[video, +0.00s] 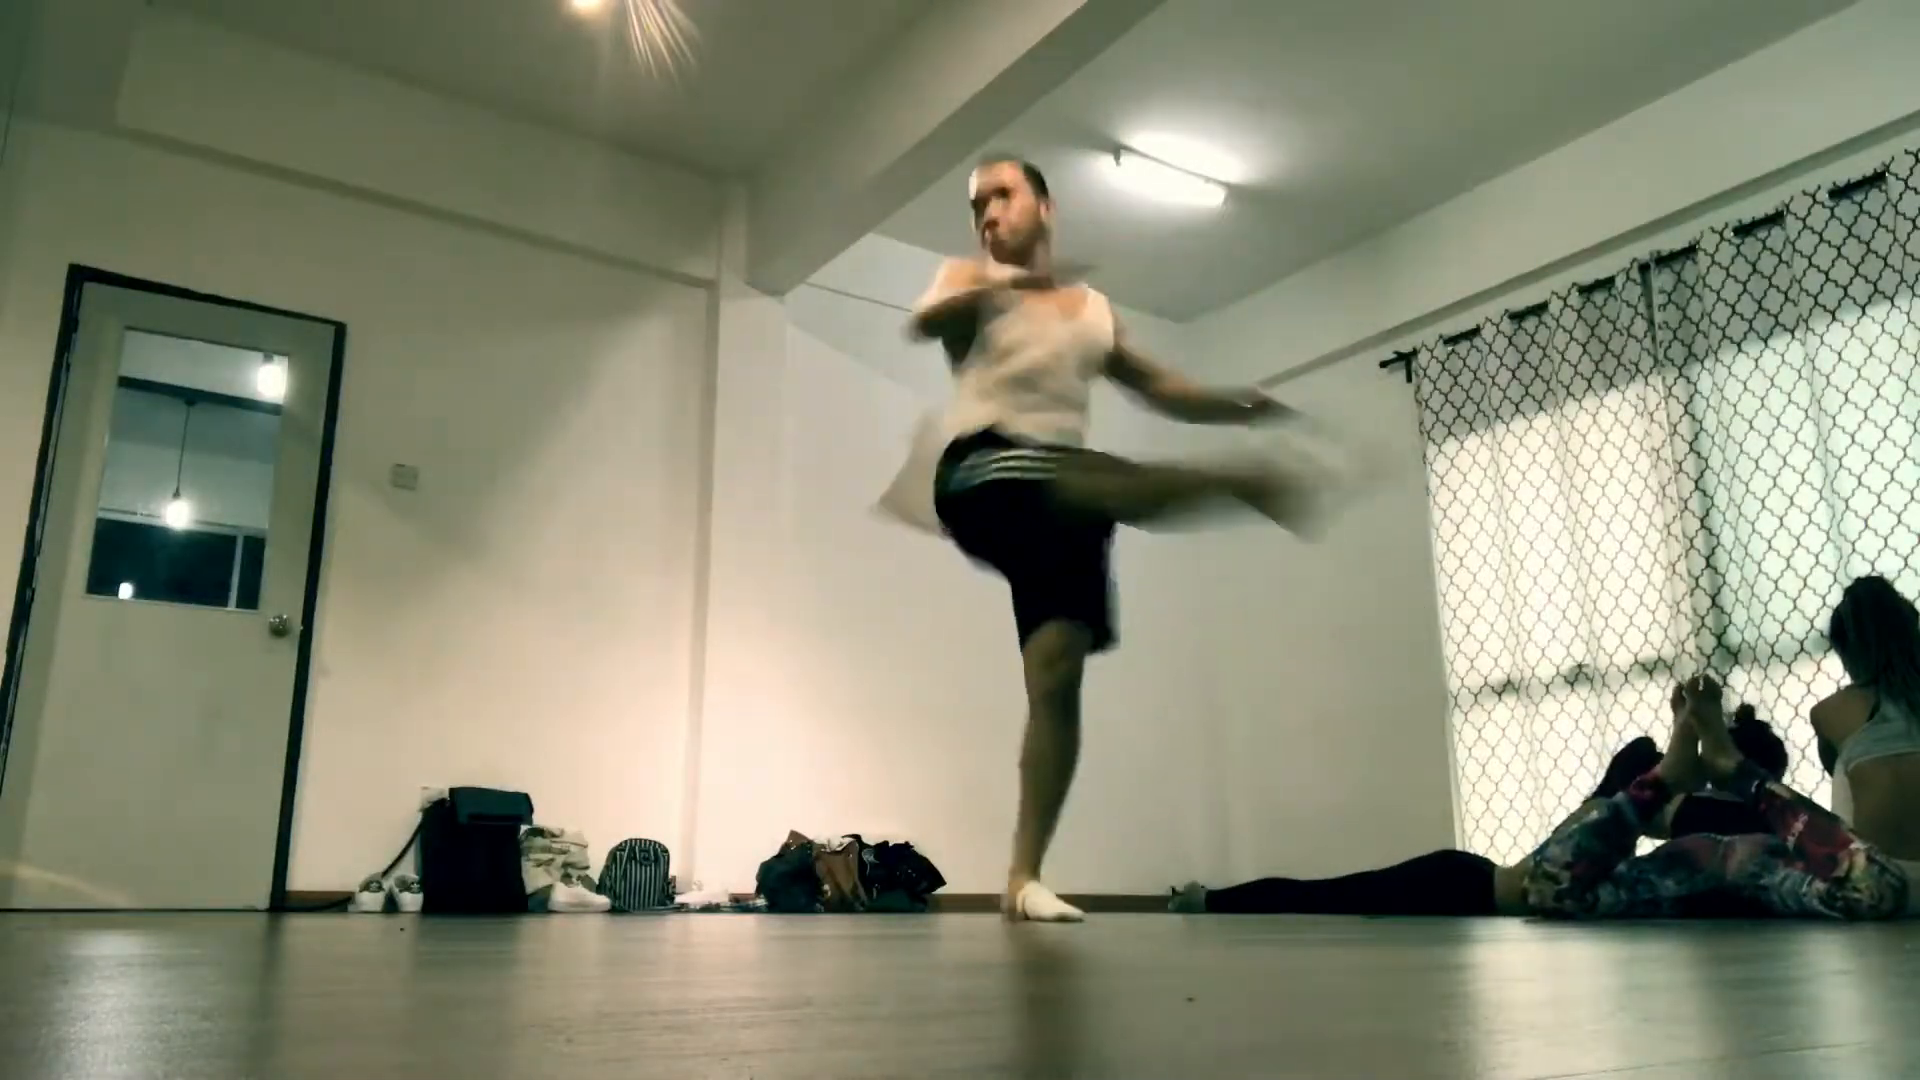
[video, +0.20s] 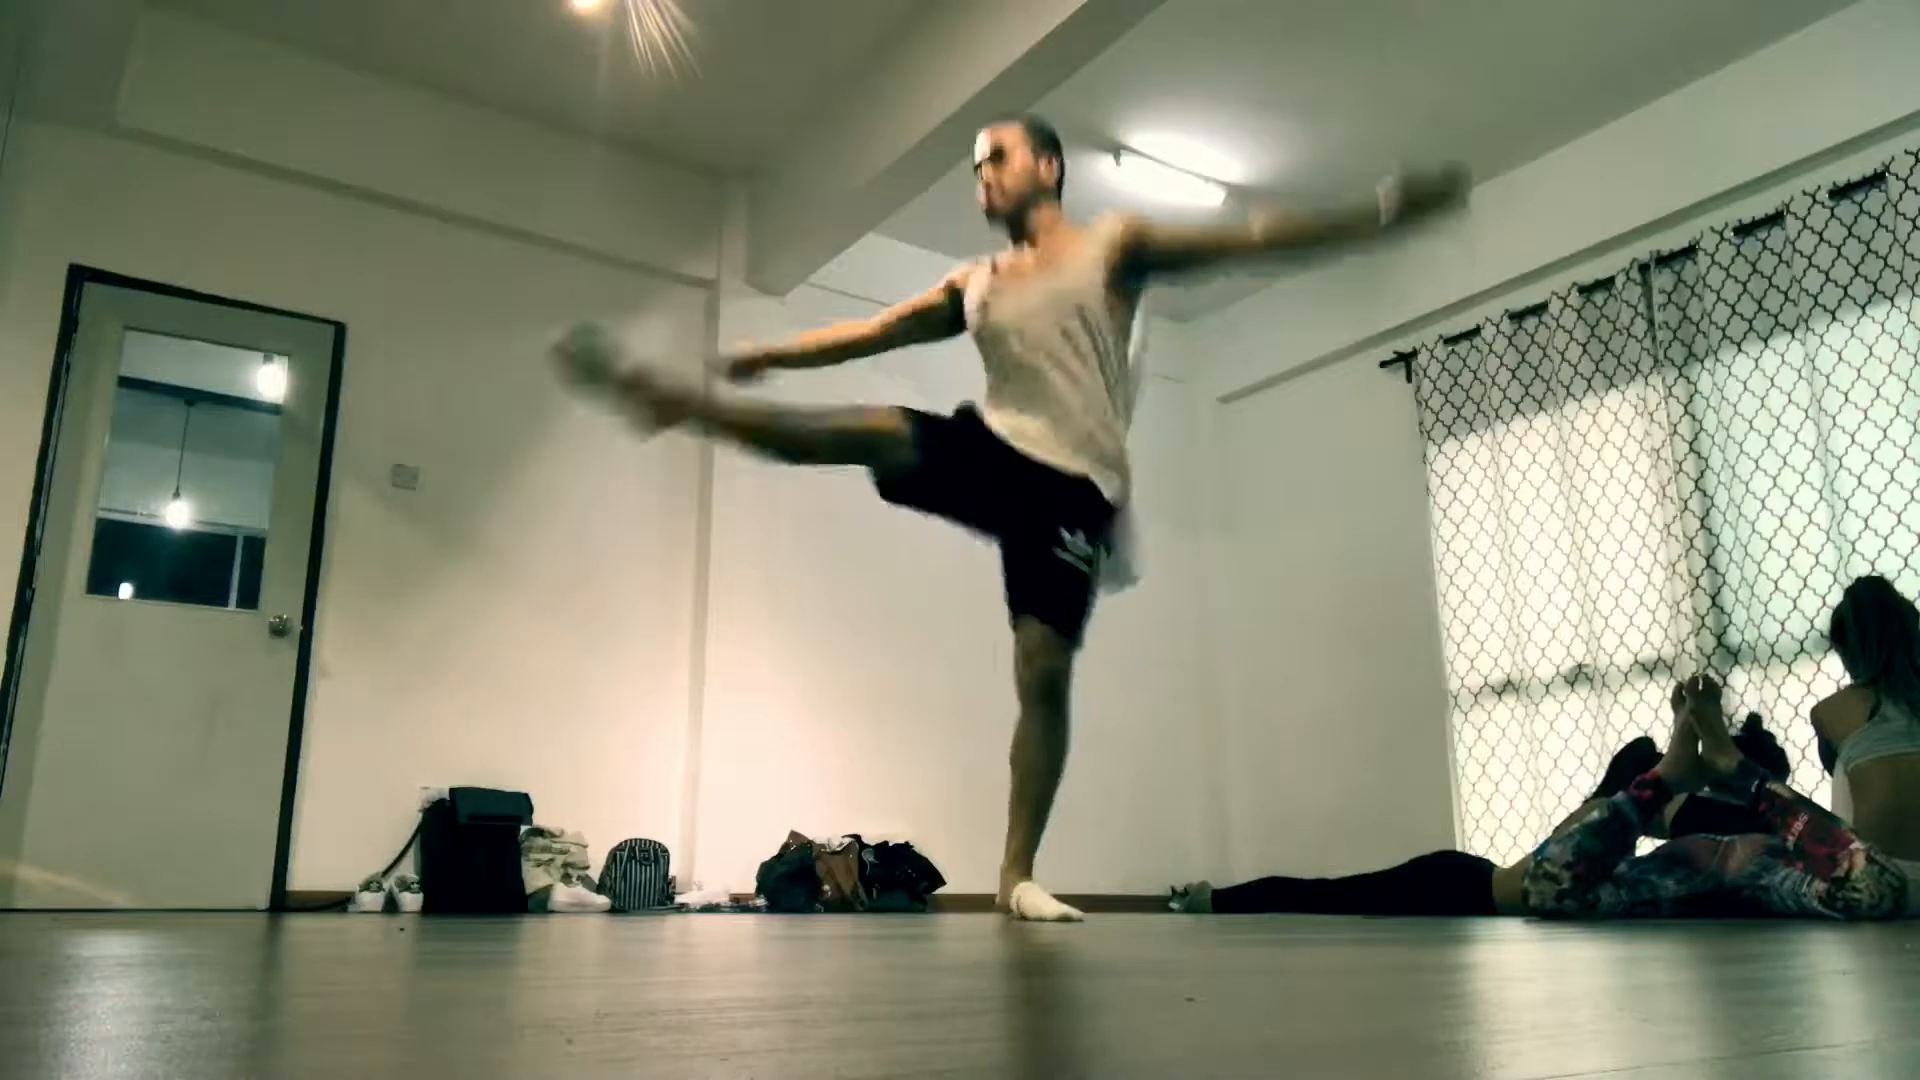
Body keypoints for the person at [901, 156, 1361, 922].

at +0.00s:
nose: (989, 212)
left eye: (1001, 195)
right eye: (980, 205)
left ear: (1045, 206)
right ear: (978, 224)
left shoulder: (1087, 308)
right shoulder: (968, 278)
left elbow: (1159, 386)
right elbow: (924, 322)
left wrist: (1238, 404)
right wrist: (976, 298)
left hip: (1063, 476)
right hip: (983, 465)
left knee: (1054, 681)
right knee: (1129, 487)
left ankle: (1024, 879)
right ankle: (1253, 482)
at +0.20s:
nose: (983, 172)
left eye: (998, 156)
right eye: (977, 163)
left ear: (1050, 166)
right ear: (984, 184)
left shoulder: (1115, 238)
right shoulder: (977, 282)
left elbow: (1255, 233)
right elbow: (870, 332)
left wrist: (1381, 215)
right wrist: (764, 353)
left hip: (1072, 485)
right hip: (990, 451)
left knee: (1043, 679)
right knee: (847, 431)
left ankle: (1018, 878)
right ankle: (668, 403)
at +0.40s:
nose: (961, 126)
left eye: (977, 110)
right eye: (961, 115)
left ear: (1030, 120)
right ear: (994, 129)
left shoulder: (1062, 177)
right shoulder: (996, 208)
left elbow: (1092, 188)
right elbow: (1023, 332)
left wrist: (1034, 186)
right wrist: (963, 394)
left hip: (1046, 428)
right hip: (998, 427)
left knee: (1036, 643)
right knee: (902, 502)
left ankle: (1044, 846)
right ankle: (804, 556)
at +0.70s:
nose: (1015, 119)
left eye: (1009, 105)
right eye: (1006, 106)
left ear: (939, 131)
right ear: (977, 116)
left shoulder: (894, 233)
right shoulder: (994, 180)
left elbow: (927, 318)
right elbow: (1061, 255)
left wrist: (1021, 259)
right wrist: (1085, 245)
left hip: (933, 435)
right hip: (1020, 401)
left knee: (958, 639)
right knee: (1172, 511)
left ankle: (972, 839)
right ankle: (1295, 615)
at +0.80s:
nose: (954, 140)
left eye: (963, 122)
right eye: (938, 134)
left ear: (996, 132)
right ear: (930, 156)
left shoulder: (1001, 233)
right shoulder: (942, 199)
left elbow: (1031, 362)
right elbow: (934, 266)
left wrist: (1105, 338)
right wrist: (1072, 253)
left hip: (970, 429)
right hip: (965, 398)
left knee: (1006, 638)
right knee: (1148, 455)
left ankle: (974, 850)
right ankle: (1344, 528)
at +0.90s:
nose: (941, 195)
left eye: (953, 179)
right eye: (931, 191)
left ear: (999, 189)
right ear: (932, 213)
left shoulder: (1062, 297)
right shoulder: (928, 275)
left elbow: (1150, 365)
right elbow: (879, 308)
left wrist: (1240, 402)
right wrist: (889, 295)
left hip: (1029, 485)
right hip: (941, 465)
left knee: (1027, 675)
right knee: (1045, 395)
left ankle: (989, 883)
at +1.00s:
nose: (946, 193)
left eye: (958, 175)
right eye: (937, 184)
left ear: (1007, 179)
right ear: (941, 205)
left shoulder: (1087, 263)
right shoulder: (936, 289)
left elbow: (1211, 287)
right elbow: (807, 298)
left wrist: (1339, 290)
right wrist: (691, 280)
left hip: (1045, 494)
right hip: (956, 473)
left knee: (1023, 684)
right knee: (867, 392)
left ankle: (985, 884)